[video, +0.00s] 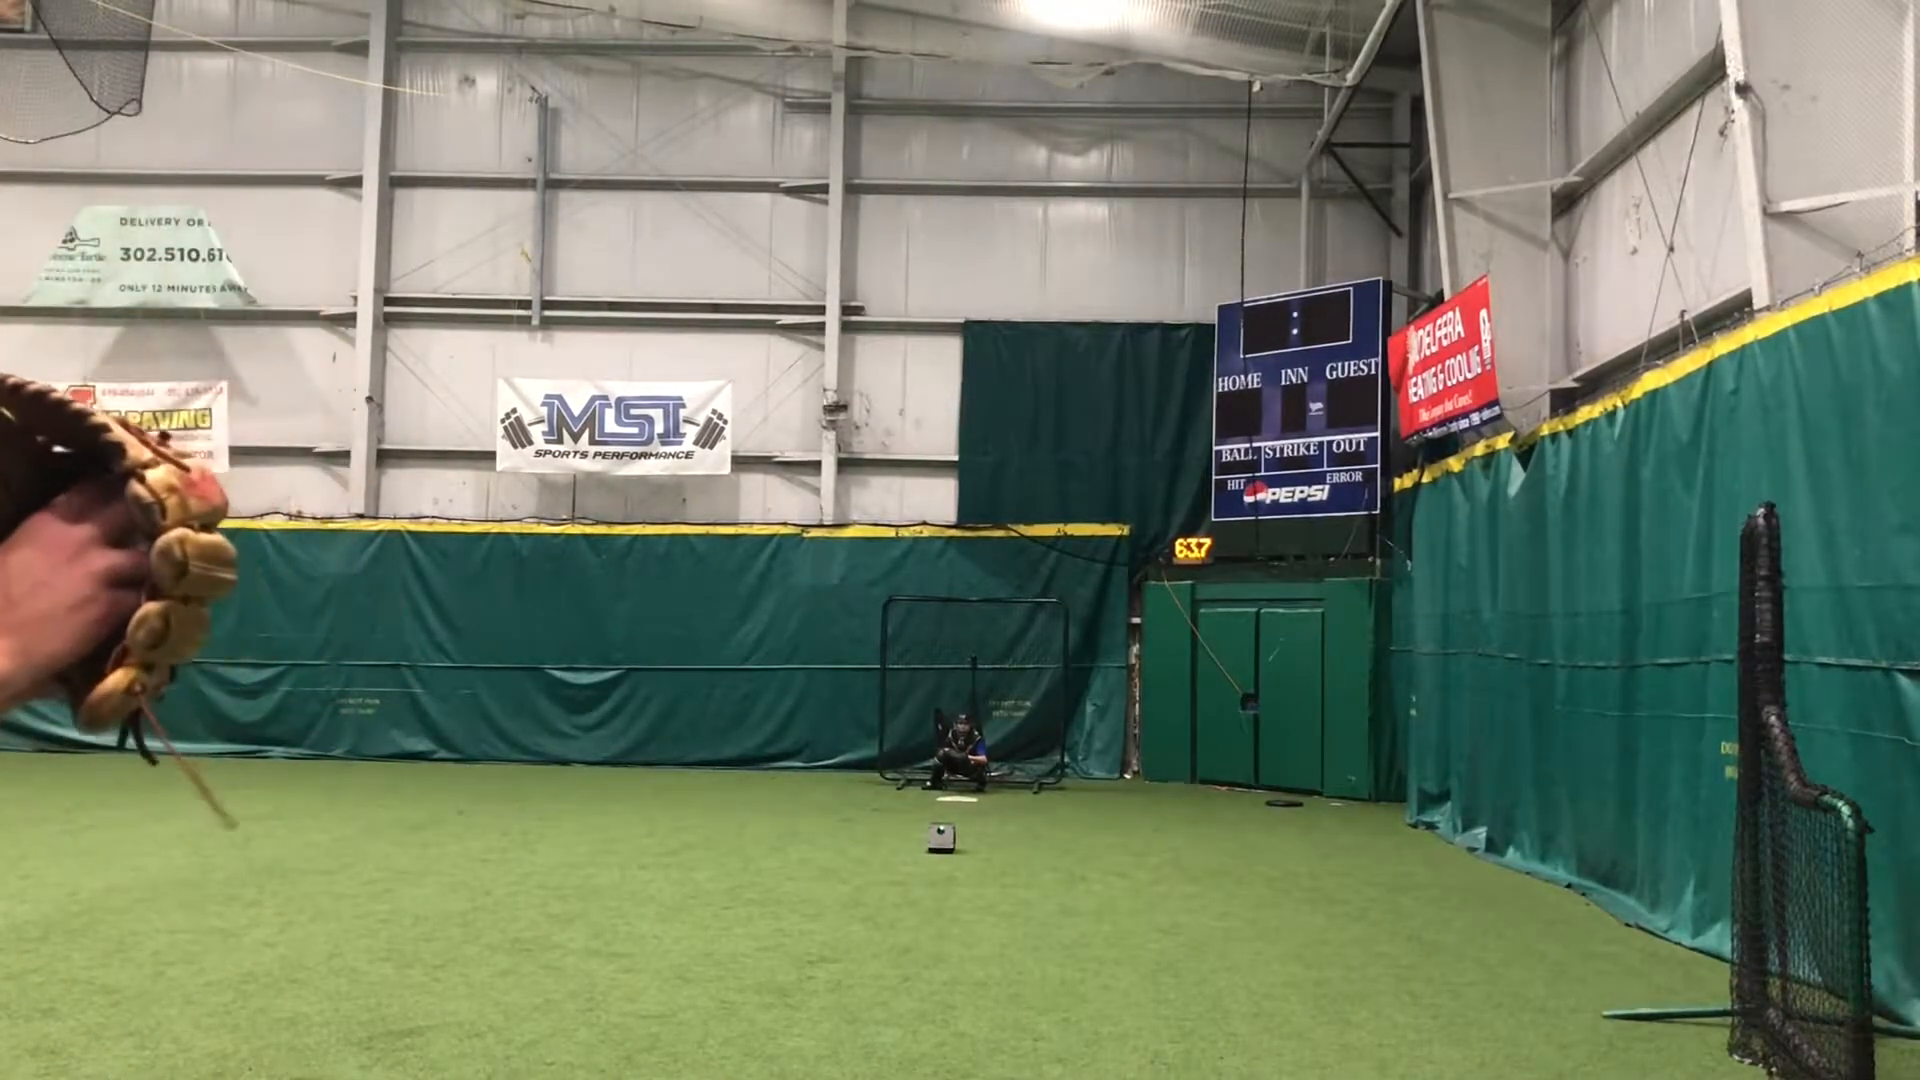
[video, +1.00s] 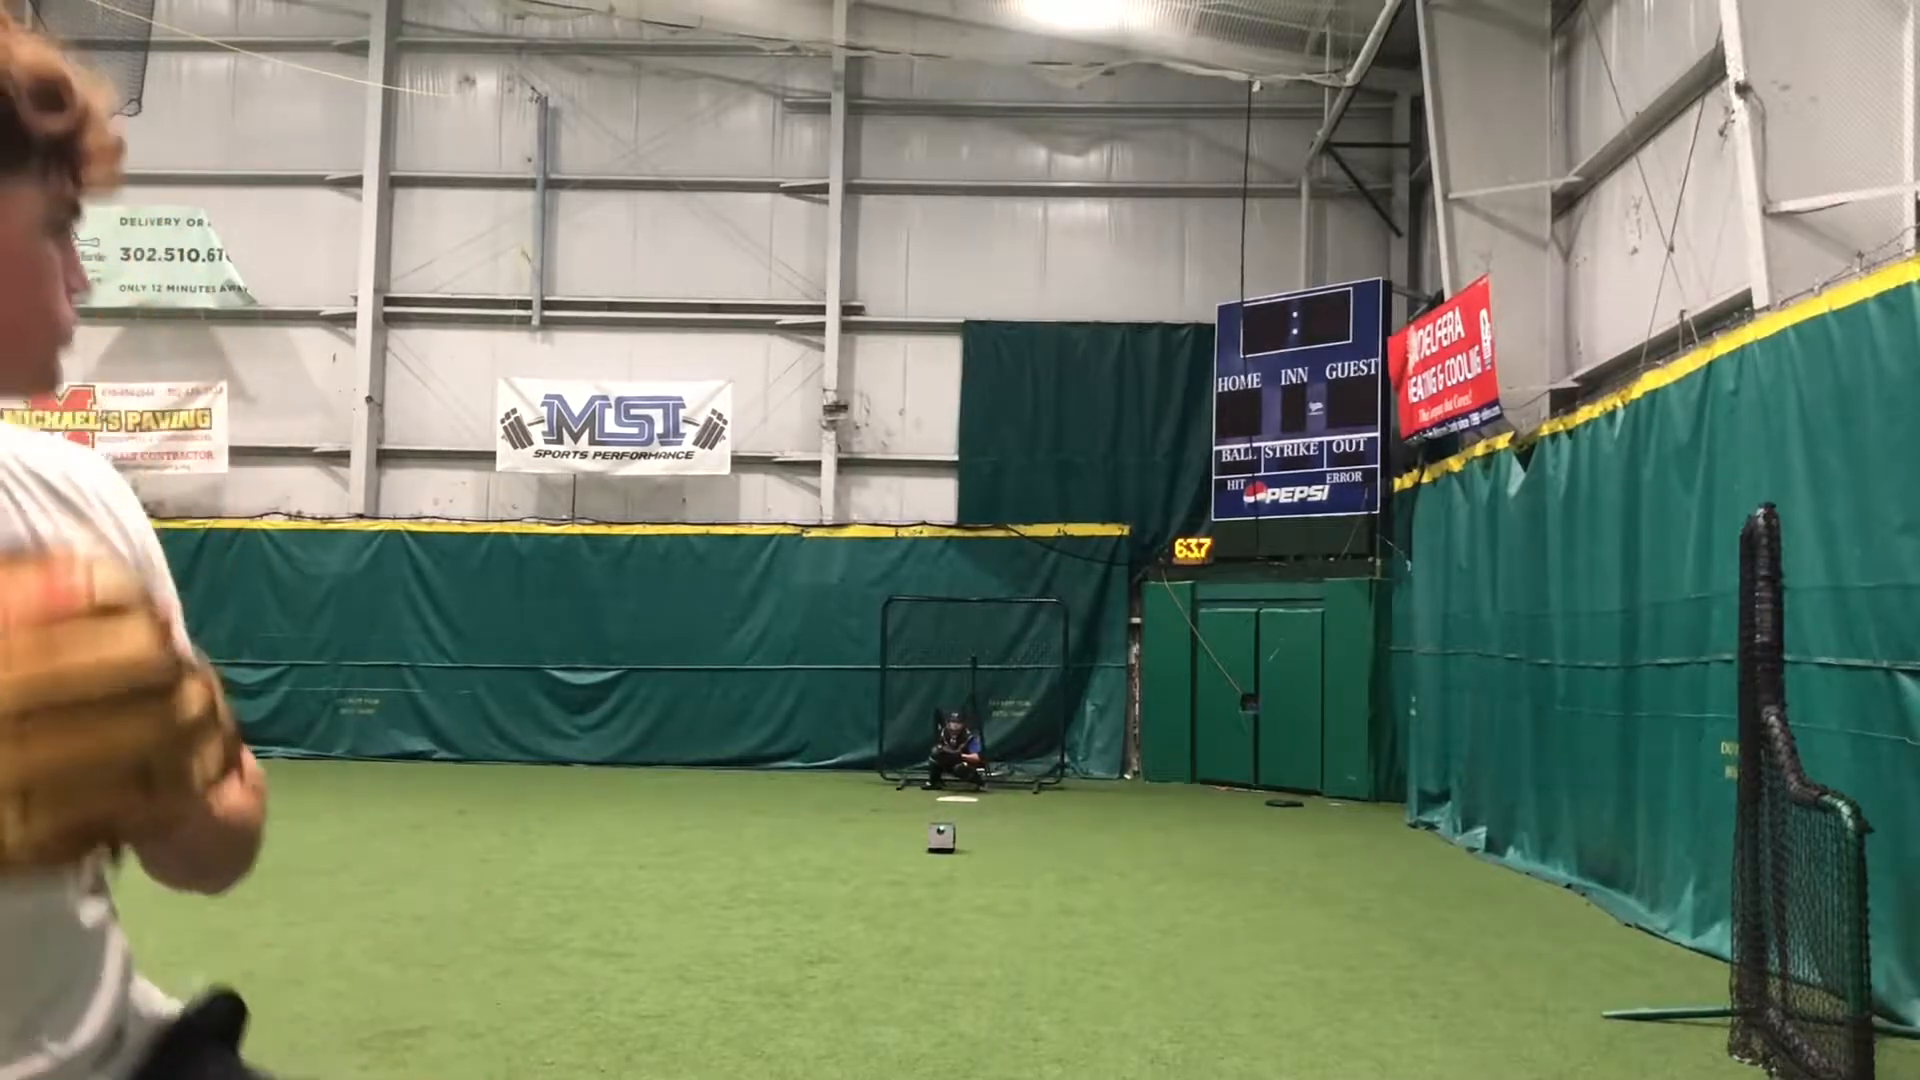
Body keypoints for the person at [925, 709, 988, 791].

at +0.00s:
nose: (962, 727)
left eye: (965, 724)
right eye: (960, 724)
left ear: (970, 726)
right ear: (955, 725)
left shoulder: (976, 739)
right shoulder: (950, 735)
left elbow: (983, 759)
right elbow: (944, 749)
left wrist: (967, 757)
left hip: (969, 764)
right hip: (953, 763)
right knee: (941, 756)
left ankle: (981, 784)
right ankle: (936, 782)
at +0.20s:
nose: (961, 727)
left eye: (964, 724)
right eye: (958, 724)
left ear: (968, 726)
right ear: (954, 726)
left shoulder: (975, 738)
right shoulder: (949, 735)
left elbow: (983, 760)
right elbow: (943, 749)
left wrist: (967, 758)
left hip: (969, 765)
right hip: (952, 764)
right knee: (941, 755)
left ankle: (981, 783)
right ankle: (935, 782)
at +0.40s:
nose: (960, 728)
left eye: (963, 724)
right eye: (957, 724)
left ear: (968, 726)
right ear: (952, 726)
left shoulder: (974, 738)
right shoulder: (946, 735)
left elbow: (981, 760)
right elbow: (940, 752)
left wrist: (966, 759)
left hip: (967, 765)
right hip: (950, 764)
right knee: (939, 758)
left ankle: (982, 783)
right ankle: (935, 782)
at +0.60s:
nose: (958, 727)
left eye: (961, 724)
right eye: (956, 724)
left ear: (966, 726)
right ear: (951, 725)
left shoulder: (973, 738)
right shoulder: (946, 735)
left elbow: (980, 760)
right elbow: (939, 751)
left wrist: (964, 759)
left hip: (966, 766)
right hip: (949, 764)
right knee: (937, 760)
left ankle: (981, 783)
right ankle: (935, 782)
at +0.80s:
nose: (956, 726)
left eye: (959, 723)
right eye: (954, 722)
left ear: (964, 725)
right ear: (949, 724)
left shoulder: (971, 738)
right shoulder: (944, 734)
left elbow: (978, 758)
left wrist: (961, 756)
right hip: (948, 760)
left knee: (961, 768)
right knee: (936, 755)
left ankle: (980, 782)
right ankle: (935, 782)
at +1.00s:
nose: (954, 726)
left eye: (958, 723)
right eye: (952, 722)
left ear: (963, 725)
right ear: (947, 724)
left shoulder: (970, 738)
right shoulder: (942, 735)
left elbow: (976, 758)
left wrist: (960, 756)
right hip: (946, 760)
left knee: (960, 768)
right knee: (935, 753)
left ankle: (980, 782)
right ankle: (935, 782)